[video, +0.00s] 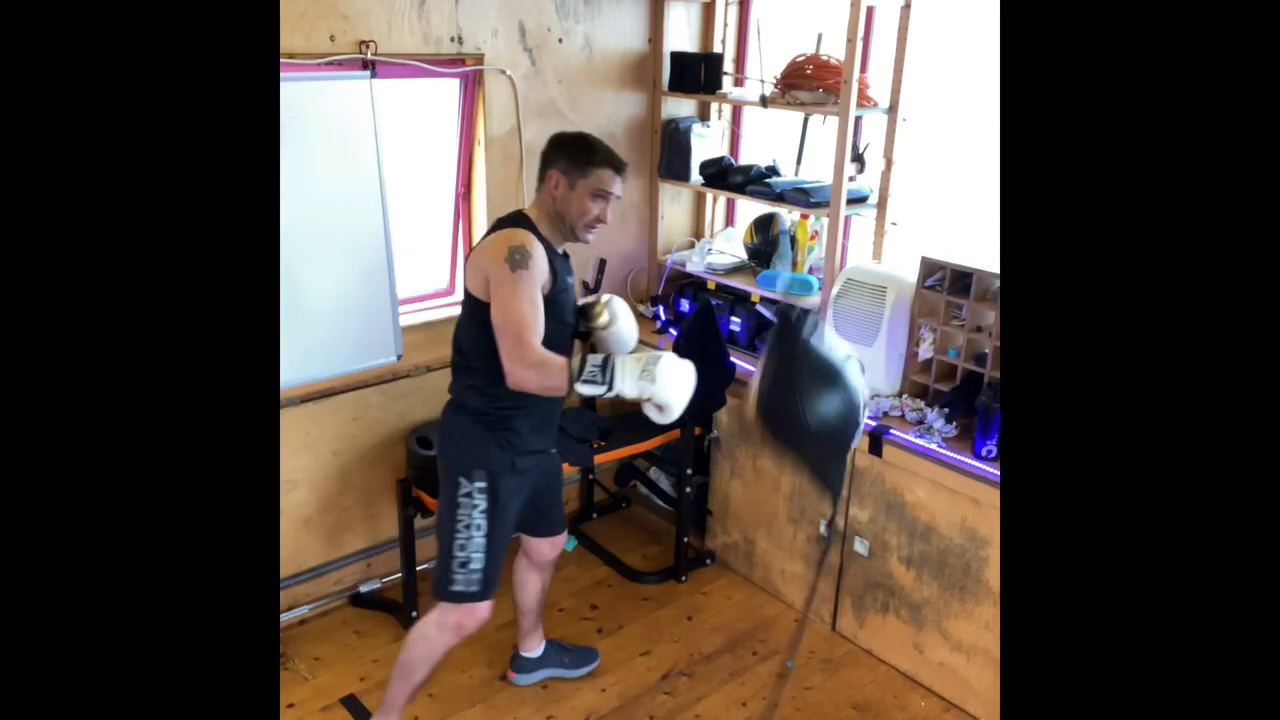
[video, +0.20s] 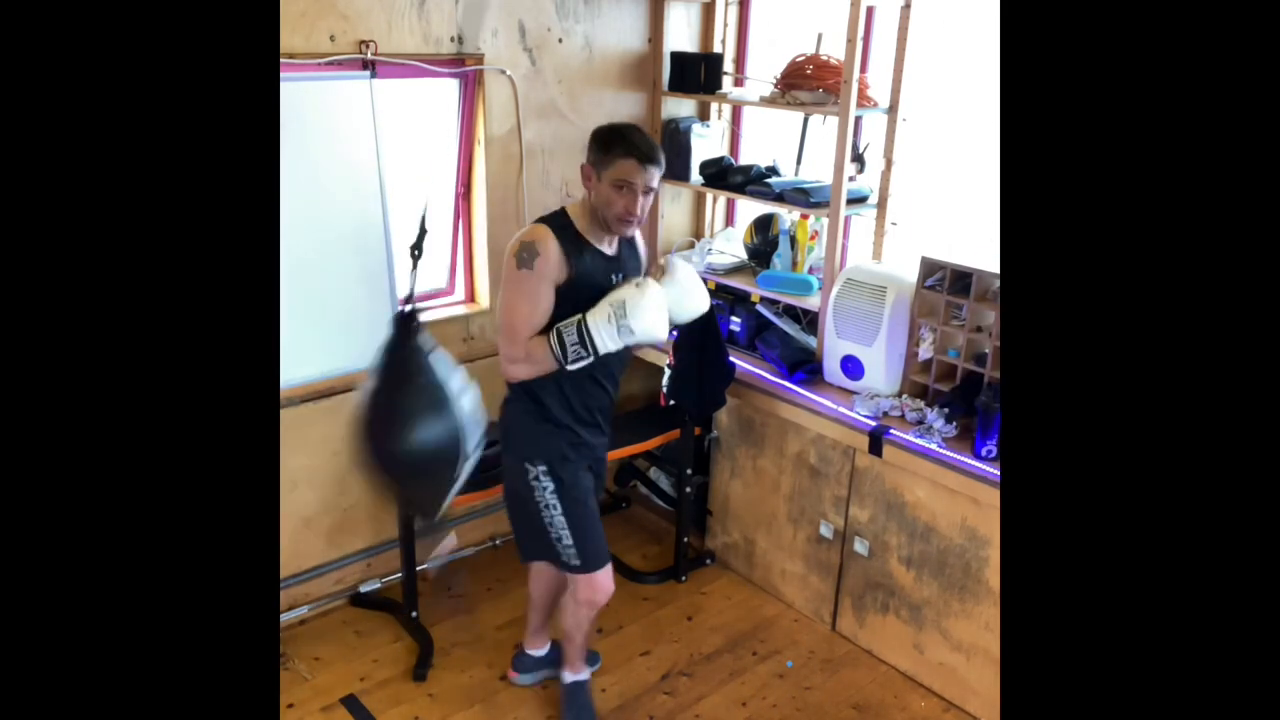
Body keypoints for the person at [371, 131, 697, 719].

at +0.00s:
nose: (604, 214)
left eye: (611, 201)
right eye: (598, 197)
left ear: (559, 190)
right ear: (554, 184)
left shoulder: (549, 252)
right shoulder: (515, 250)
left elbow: (541, 334)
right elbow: (522, 368)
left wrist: (587, 323)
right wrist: (612, 380)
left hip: (533, 438)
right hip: (484, 446)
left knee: (544, 543)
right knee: (464, 608)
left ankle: (530, 652)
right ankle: (385, 713)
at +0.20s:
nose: (637, 207)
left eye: (648, 192)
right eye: (624, 189)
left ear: (656, 189)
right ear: (588, 178)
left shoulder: (634, 236)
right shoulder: (539, 248)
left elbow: (630, 320)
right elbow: (514, 361)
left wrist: (664, 303)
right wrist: (603, 327)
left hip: (589, 429)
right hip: (539, 432)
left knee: (554, 552)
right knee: (592, 582)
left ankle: (534, 651)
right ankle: (574, 678)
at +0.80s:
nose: (683, 221)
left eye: (695, 207)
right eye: (676, 206)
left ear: (735, 190)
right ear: (667, 197)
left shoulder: (794, 238)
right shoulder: (665, 239)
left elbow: (838, 340)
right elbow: (613, 303)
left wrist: (795, 321)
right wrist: (586, 297)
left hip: (772, 435)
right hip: (694, 432)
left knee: (801, 565)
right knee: (651, 566)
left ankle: (812, 651)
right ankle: (612, 670)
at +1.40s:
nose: (789, 233)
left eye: (805, 219)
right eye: (777, 216)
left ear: (836, 208)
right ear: (764, 202)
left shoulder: (850, 251)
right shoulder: (731, 250)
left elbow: (858, 350)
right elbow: (704, 361)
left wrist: (855, 336)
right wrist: (768, 371)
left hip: (801, 435)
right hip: (724, 430)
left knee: (809, 559)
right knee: (673, 565)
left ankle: (806, 653)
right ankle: (628, 669)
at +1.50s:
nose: (770, 236)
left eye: (785, 222)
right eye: (761, 219)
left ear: (820, 213)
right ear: (751, 208)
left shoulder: (856, 258)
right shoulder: (726, 249)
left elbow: (884, 359)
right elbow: (684, 344)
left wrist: (855, 334)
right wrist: (714, 351)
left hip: (802, 446)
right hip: (724, 437)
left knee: (810, 569)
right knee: (681, 569)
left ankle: (807, 653)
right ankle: (665, 663)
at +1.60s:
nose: (752, 227)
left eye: (766, 211)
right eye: (740, 212)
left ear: (799, 197)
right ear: (729, 201)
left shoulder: (844, 257)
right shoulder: (718, 248)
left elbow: (880, 367)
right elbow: (693, 358)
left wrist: (832, 333)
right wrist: (704, 319)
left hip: (800, 443)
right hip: (721, 436)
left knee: (811, 575)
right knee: (689, 568)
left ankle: (808, 652)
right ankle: (679, 670)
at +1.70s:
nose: (771, 215)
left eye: (786, 199)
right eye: (757, 199)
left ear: (808, 192)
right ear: (738, 193)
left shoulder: (839, 254)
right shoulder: (711, 246)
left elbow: (853, 374)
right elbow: (679, 357)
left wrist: (817, 322)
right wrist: (702, 310)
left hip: (795, 442)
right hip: (717, 437)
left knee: (810, 577)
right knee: (691, 572)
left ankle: (811, 652)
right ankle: (679, 670)